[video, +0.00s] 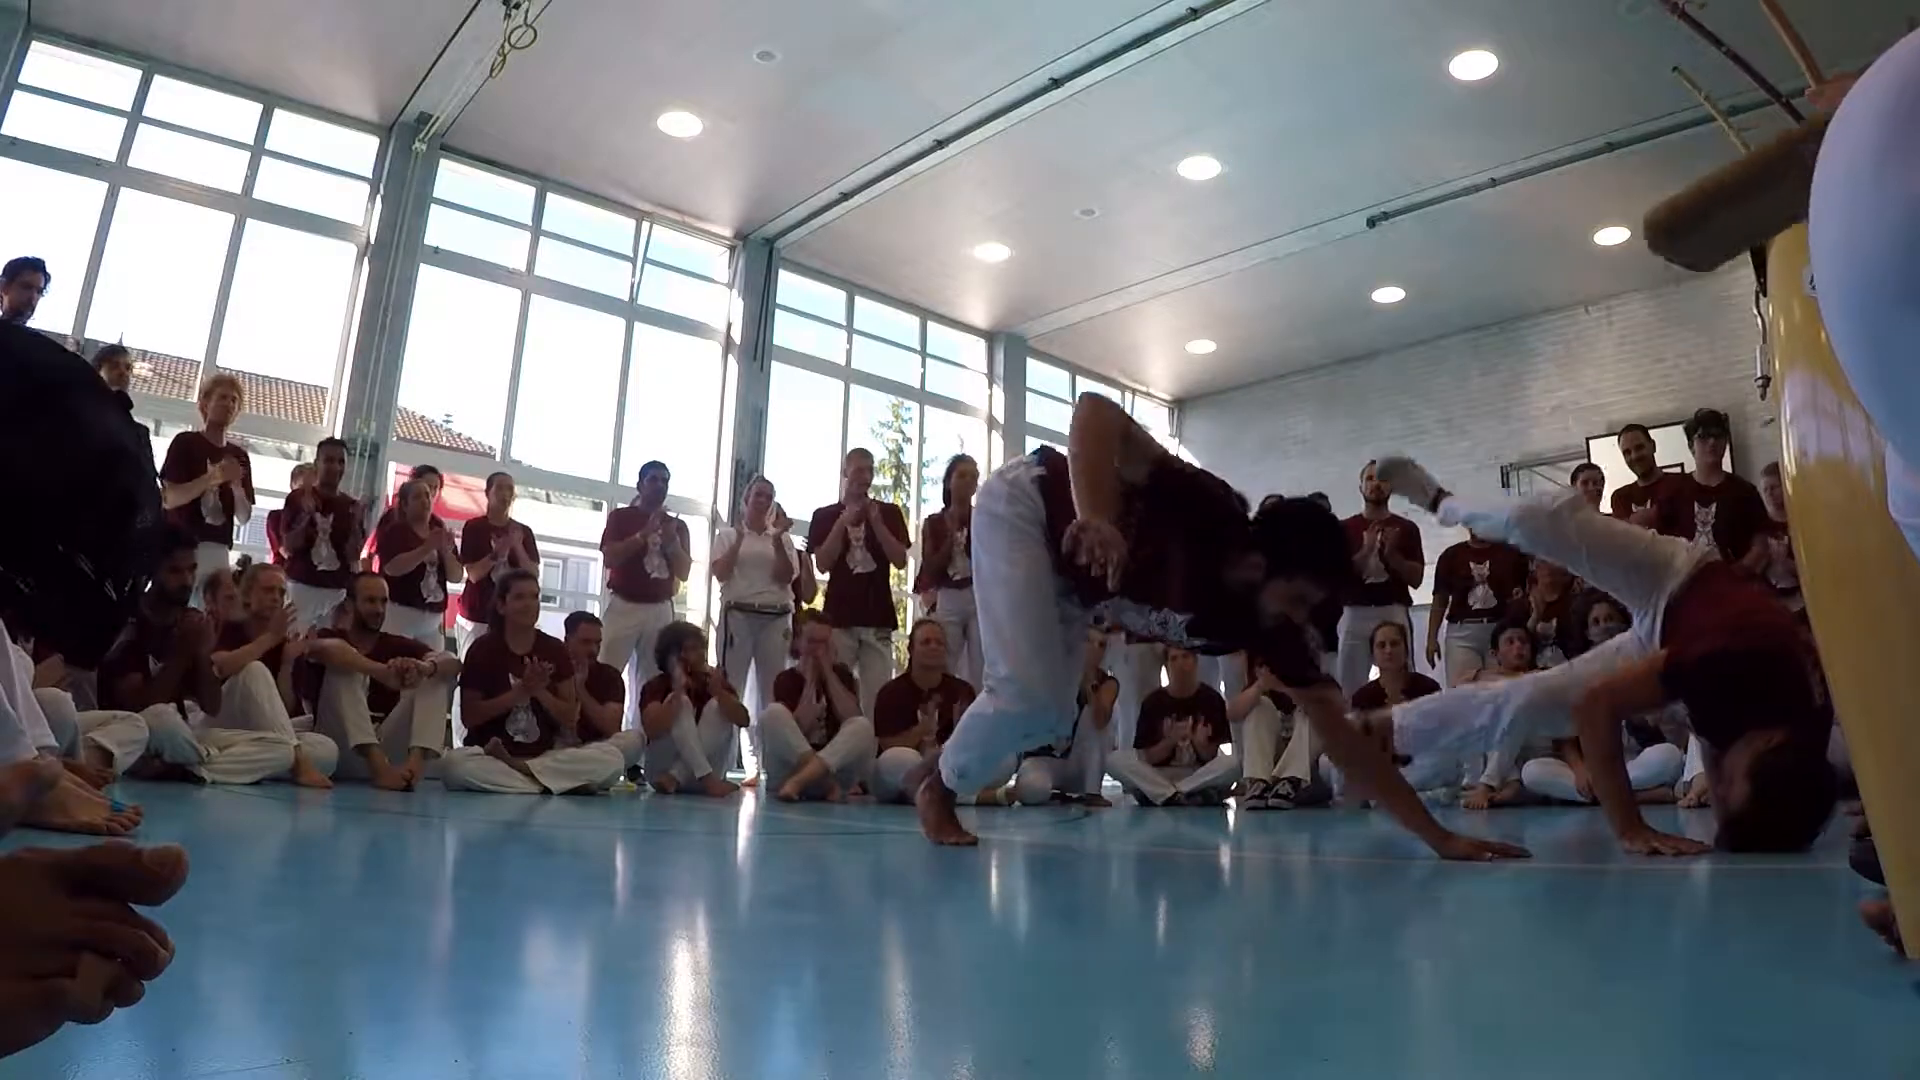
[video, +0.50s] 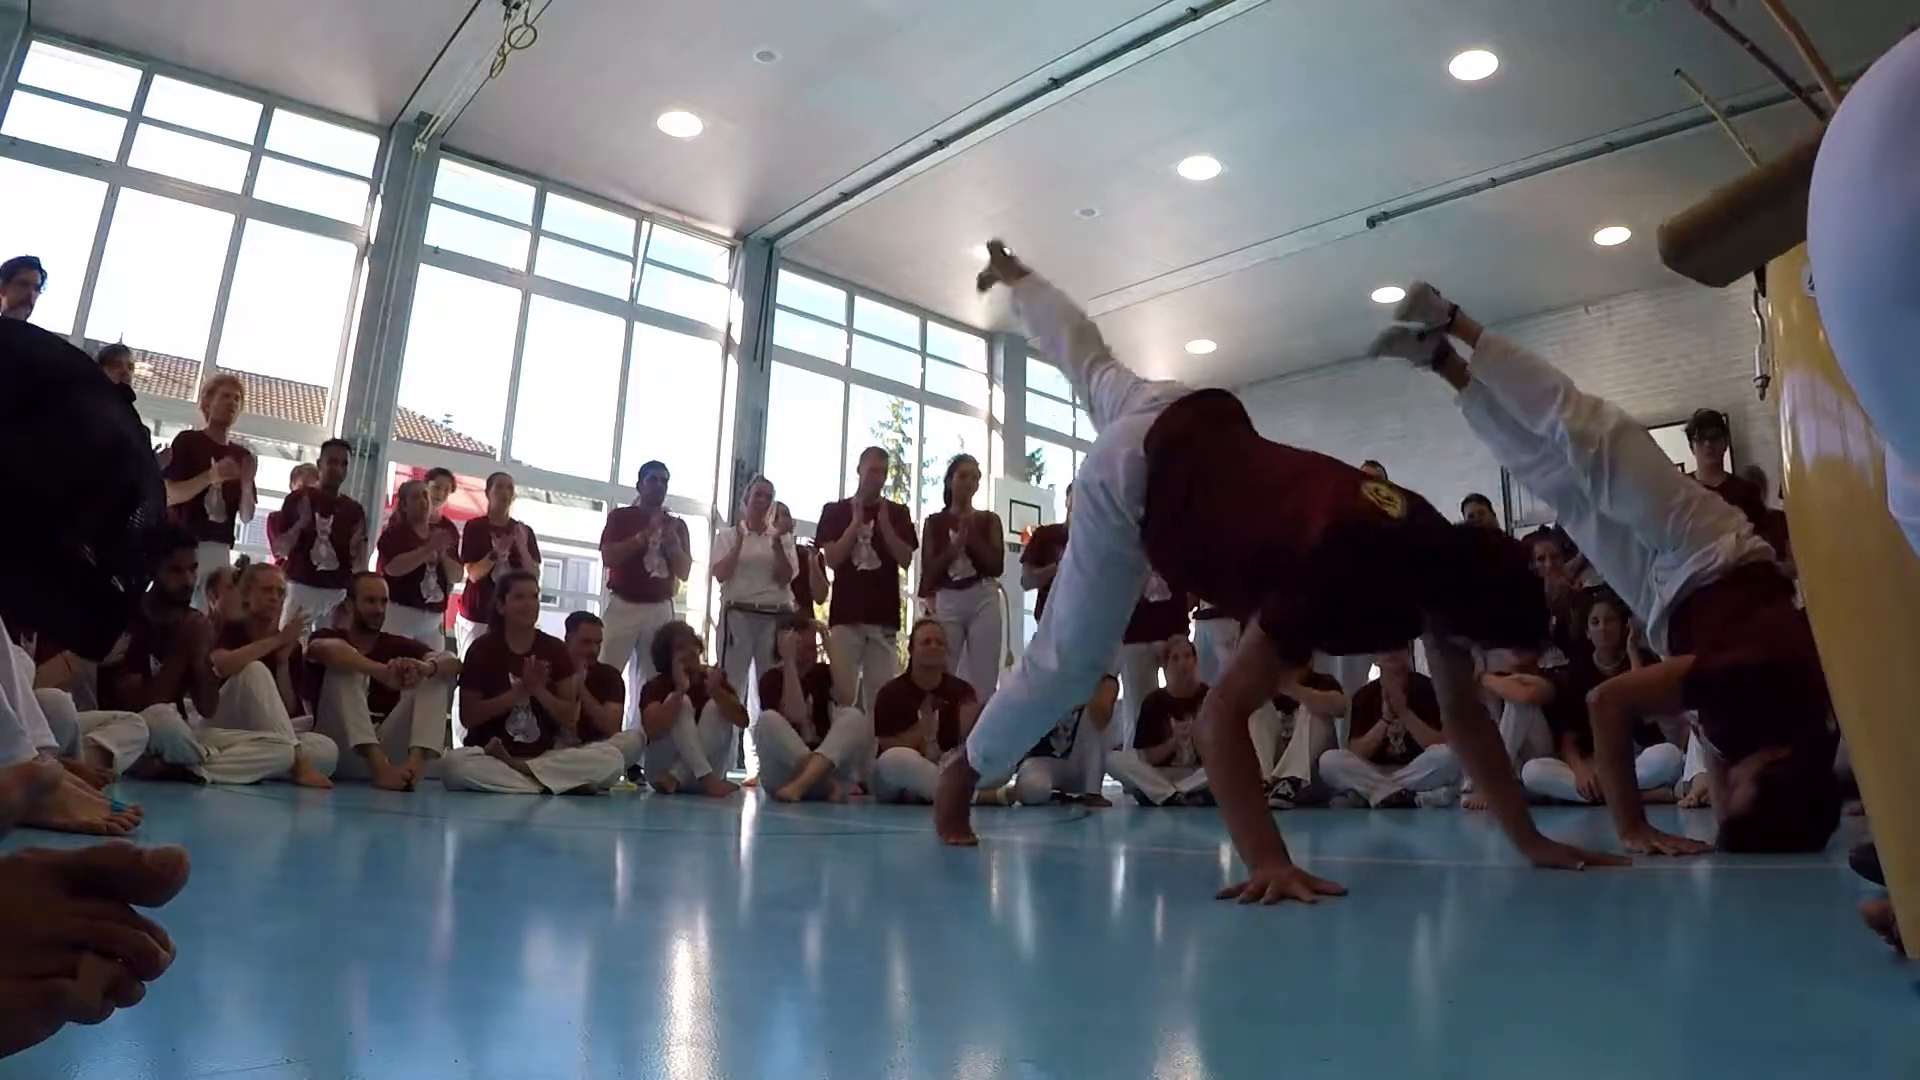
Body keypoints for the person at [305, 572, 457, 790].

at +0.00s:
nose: (379, 609)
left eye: (384, 601)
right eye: (370, 601)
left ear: (389, 602)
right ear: (351, 603)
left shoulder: (394, 643)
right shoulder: (328, 638)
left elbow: (453, 663)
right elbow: (325, 649)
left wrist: (425, 667)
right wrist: (382, 672)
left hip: (387, 750)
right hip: (338, 749)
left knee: (437, 674)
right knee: (342, 661)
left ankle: (416, 762)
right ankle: (378, 764)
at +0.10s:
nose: (379, 608)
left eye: (383, 601)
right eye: (370, 601)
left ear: (388, 602)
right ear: (351, 603)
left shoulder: (394, 643)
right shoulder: (329, 637)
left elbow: (454, 663)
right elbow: (317, 650)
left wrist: (426, 666)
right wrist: (382, 672)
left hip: (387, 751)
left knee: (436, 674)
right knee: (341, 660)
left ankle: (416, 761)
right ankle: (378, 764)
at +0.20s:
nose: (379, 609)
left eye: (384, 601)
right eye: (370, 601)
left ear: (389, 602)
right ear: (351, 603)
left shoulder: (394, 643)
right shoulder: (328, 636)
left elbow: (454, 663)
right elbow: (319, 650)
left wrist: (425, 667)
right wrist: (382, 672)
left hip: (388, 750)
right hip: (339, 749)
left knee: (437, 673)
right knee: (342, 660)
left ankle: (416, 761)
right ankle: (378, 764)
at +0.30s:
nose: (379, 609)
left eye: (383, 601)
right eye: (370, 601)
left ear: (389, 602)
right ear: (351, 603)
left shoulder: (393, 643)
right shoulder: (328, 637)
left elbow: (454, 663)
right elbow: (318, 650)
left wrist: (426, 667)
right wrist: (382, 672)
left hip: (388, 750)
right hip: (338, 749)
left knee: (438, 673)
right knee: (342, 660)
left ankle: (416, 761)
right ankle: (378, 764)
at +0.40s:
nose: (379, 609)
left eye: (384, 601)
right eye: (370, 601)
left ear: (389, 602)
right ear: (351, 603)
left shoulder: (394, 643)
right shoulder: (328, 637)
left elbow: (454, 663)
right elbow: (323, 650)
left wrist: (426, 667)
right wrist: (383, 671)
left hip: (387, 751)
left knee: (437, 673)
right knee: (342, 662)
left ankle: (416, 761)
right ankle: (378, 764)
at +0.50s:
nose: (379, 609)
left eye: (383, 601)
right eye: (370, 601)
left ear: (389, 603)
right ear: (350, 603)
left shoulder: (393, 643)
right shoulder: (329, 637)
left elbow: (454, 662)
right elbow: (317, 649)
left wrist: (426, 667)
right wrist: (382, 671)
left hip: (388, 750)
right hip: (338, 750)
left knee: (438, 673)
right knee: (342, 660)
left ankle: (416, 761)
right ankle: (378, 764)